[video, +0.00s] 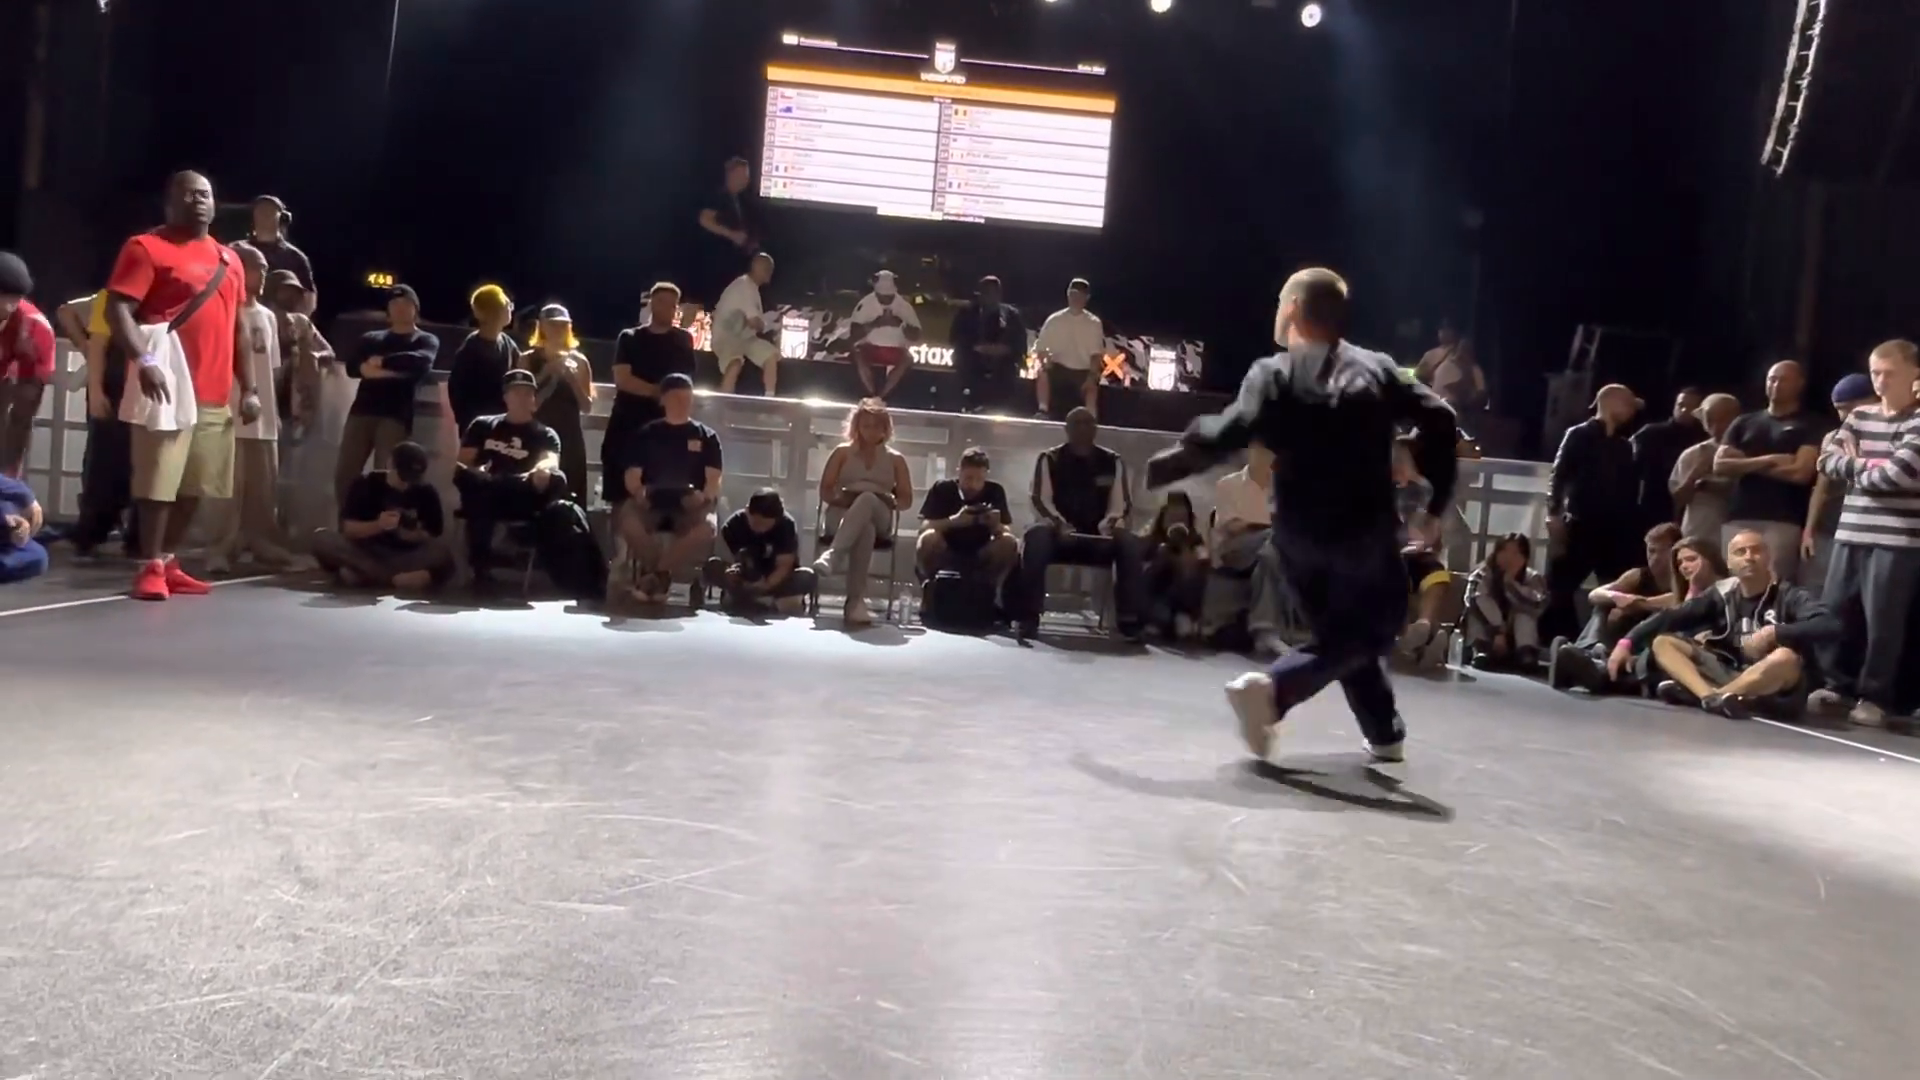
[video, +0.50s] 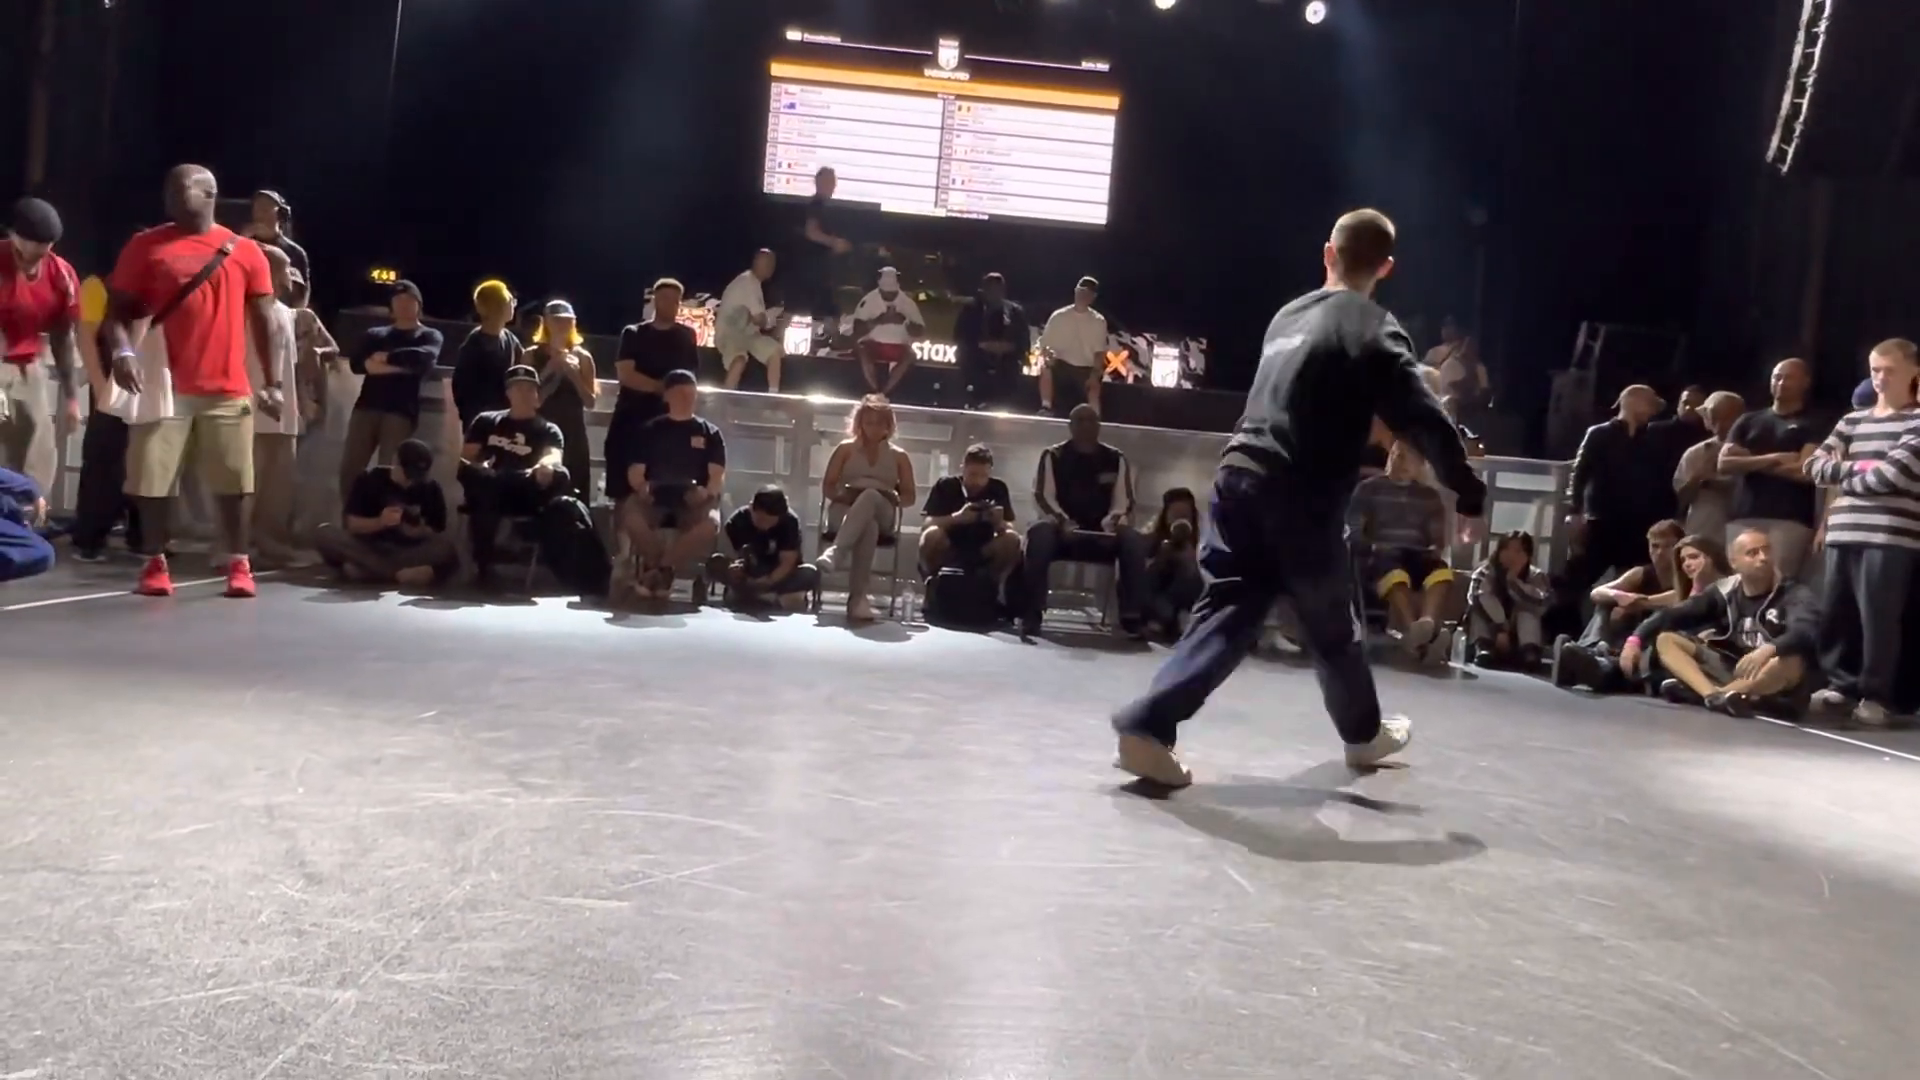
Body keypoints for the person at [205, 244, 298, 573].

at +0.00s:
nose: (262, 277)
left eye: (263, 270)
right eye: (257, 269)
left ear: (263, 275)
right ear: (238, 272)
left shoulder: (266, 316)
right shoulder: (228, 314)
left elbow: (274, 364)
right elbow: (226, 361)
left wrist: (275, 406)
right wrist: (236, 396)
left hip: (264, 412)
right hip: (232, 412)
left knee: (263, 484)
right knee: (229, 485)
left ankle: (264, 543)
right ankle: (223, 547)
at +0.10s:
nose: (271, 274)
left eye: (270, 268)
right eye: (264, 268)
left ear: (265, 274)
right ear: (245, 273)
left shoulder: (270, 315)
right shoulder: (234, 314)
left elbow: (277, 363)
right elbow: (232, 360)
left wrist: (286, 403)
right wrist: (241, 395)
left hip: (270, 410)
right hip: (242, 409)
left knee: (268, 479)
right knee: (246, 482)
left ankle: (266, 540)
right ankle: (231, 544)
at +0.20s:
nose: (276, 274)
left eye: (274, 268)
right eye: (269, 268)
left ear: (267, 273)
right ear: (250, 273)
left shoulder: (274, 315)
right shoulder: (236, 314)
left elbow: (281, 362)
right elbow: (232, 360)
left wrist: (286, 405)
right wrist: (239, 397)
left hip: (272, 412)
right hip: (241, 411)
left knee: (271, 483)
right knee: (238, 484)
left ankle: (268, 543)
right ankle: (228, 546)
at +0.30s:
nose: (280, 273)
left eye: (278, 267)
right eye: (274, 268)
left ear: (269, 274)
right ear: (256, 273)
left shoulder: (277, 315)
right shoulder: (239, 312)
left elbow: (282, 363)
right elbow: (236, 360)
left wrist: (287, 405)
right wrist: (246, 395)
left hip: (275, 410)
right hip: (245, 409)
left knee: (275, 480)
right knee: (243, 480)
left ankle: (269, 539)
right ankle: (236, 541)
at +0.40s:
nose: (286, 273)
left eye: (284, 267)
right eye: (279, 268)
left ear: (274, 274)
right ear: (262, 273)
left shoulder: (281, 313)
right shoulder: (247, 311)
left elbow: (287, 361)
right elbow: (243, 358)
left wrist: (295, 399)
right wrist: (254, 392)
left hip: (280, 407)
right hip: (254, 405)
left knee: (278, 478)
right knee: (258, 478)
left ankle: (273, 538)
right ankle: (255, 539)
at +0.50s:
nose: (292, 273)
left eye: (290, 266)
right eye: (285, 267)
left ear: (278, 273)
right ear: (268, 272)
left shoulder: (287, 313)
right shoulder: (247, 312)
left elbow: (291, 359)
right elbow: (241, 356)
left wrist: (298, 396)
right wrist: (253, 392)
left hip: (284, 407)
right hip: (254, 405)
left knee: (280, 482)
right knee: (249, 479)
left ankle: (273, 542)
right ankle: (239, 545)